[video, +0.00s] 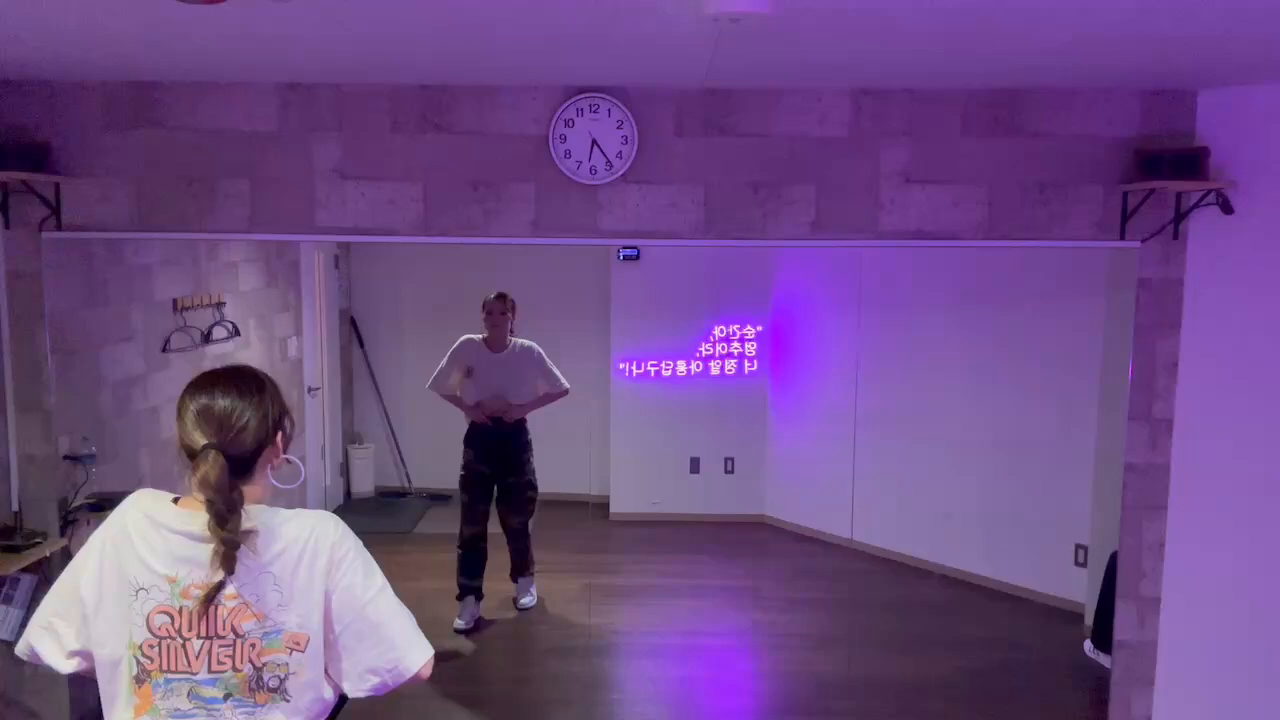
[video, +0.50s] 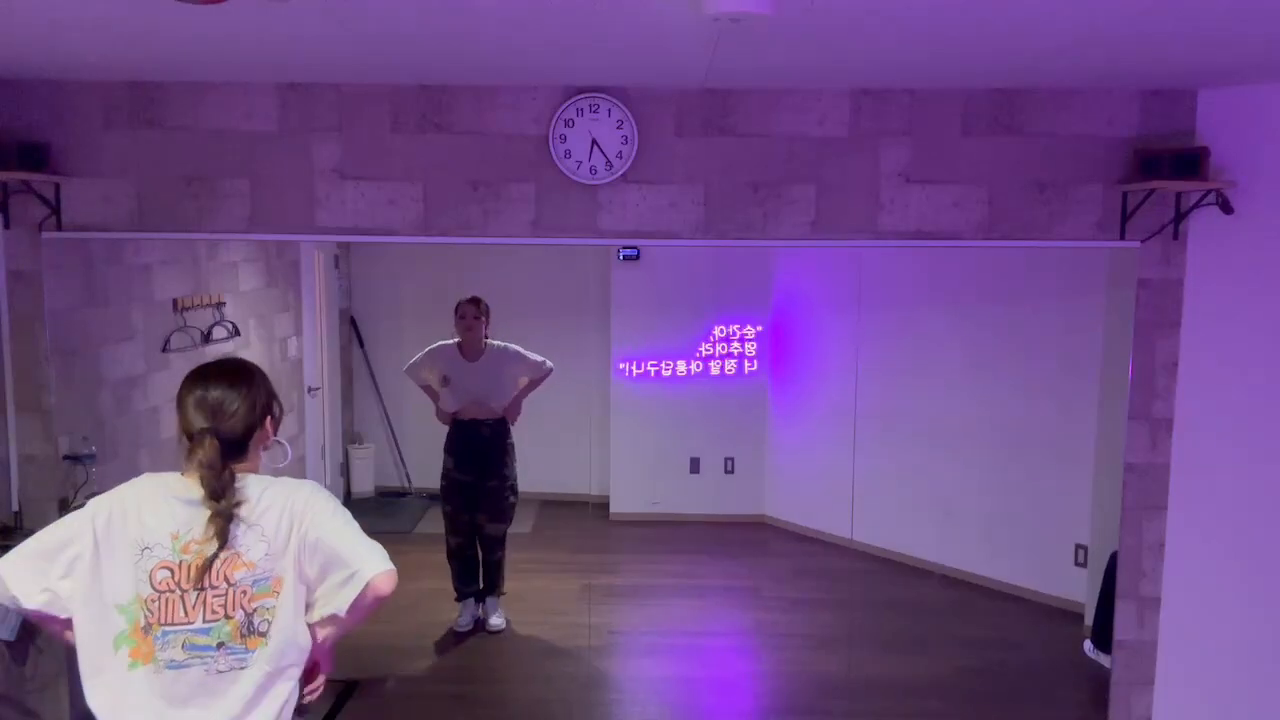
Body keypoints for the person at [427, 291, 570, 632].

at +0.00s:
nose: (493, 319)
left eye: (499, 313)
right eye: (488, 313)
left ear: (512, 318)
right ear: (482, 317)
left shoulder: (528, 352)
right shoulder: (468, 347)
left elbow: (560, 388)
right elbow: (439, 386)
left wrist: (522, 409)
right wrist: (468, 408)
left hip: (514, 441)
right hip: (479, 440)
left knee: (516, 518)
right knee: (472, 521)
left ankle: (524, 583)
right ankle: (470, 599)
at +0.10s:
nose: (483, 320)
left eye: (489, 315)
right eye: (478, 314)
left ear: (501, 320)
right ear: (470, 319)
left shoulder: (517, 354)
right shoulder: (456, 350)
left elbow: (555, 383)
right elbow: (428, 387)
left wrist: (519, 405)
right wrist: (457, 409)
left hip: (503, 440)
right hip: (468, 439)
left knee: (506, 520)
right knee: (463, 524)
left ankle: (519, 575)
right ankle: (468, 602)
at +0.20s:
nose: (476, 320)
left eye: (483, 314)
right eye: (471, 314)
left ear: (495, 320)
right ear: (464, 320)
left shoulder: (510, 353)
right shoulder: (449, 351)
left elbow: (553, 376)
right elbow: (423, 388)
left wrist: (518, 403)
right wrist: (452, 411)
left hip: (499, 438)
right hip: (463, 438)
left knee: (502, 518)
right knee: (460, 523)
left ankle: (509, 580)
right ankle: (468, 601)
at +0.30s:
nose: (472, 319)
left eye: (479, 314)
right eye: (467, 314)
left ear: (490, 321)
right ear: (459, 320)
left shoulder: (507, 352)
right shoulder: (444, 351)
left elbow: (549, 373)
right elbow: (415, 383)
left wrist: (516, 401)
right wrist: (445, 409)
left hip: (497, 441)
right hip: (461, 442)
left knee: (498, 522)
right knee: (460, 524)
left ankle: (498, 596)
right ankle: (467, 601)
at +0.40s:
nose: (469, 321)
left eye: (476, 316)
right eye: (463, 316)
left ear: (487, 322)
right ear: (455, 321)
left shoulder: (505, 353)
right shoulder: (441, 352)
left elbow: (547, 371)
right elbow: (410, 376)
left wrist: (517, 401)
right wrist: (439, 405)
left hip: (495, 438)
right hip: (460, 438)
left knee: (494, 523)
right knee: (460, 523)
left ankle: (492, 601)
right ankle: (467, 602)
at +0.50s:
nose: (468, 323)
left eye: (475, 317)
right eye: (462, 318)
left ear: (486, 323)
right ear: (455, 323)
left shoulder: (504, 353)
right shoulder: (442, 352)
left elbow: (545, 367)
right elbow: (412, 370)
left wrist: (517, 399)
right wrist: (438, 402)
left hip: (496, 440)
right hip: (459, 439)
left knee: (494, 525)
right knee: (458, 525)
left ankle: (492, 601)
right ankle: (467, 602)